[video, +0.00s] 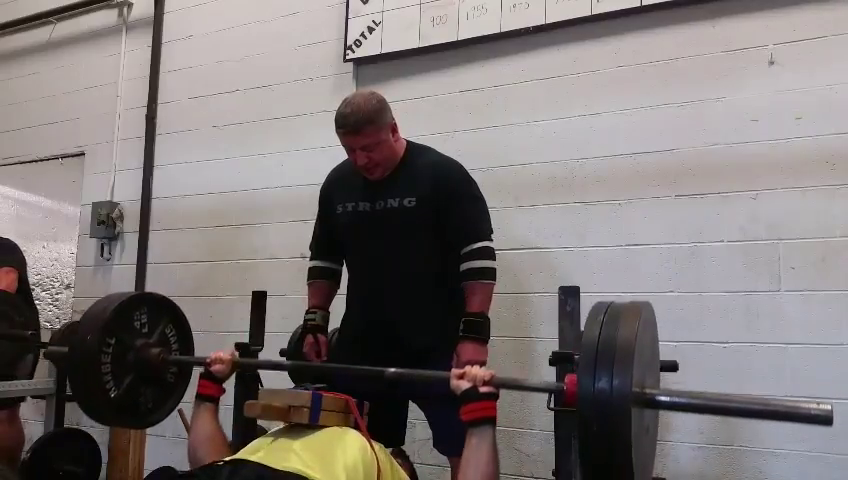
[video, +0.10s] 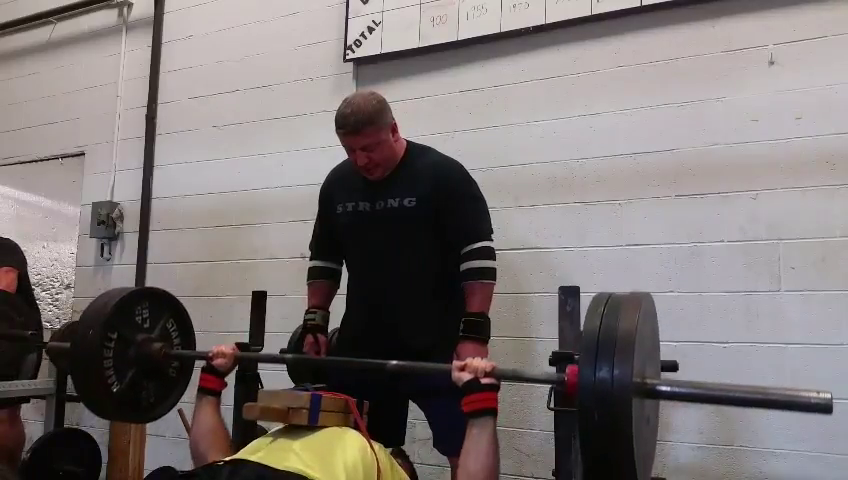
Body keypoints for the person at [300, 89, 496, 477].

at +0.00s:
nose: (361, 159)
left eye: (369, 148)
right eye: (351, 150)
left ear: (395, 131)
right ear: (342, 142)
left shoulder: (445, 177)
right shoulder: (338, 185)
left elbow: (478, 259)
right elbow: (325, 261)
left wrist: (474, 335)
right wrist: (315, 323)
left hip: (438, 339)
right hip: (365, 338)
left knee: (463, 450)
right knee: (367, 451)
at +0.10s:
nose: (361, 159)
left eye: (370, 148)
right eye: (351, 150)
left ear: (395, 132)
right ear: (342, 142)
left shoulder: (445, 177)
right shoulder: (338, 185)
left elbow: (478, 258)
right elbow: (325, 261)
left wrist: (474, 335)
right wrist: (315, 324)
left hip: (438, 340)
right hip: (365, 339)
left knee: (465, 452)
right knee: (368, 453)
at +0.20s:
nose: (360, 159)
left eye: (369, 148)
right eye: (351, 150)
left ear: (394, 132)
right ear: (342, 142)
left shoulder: (445, 177)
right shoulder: (338, 185)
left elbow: (479, 258)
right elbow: (324, 261)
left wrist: (474, 333)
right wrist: (314, 323)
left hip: (439, 341)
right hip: (365, 340)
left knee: (468, 453)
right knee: (366, 454)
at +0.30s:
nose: (361, 159)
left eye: (369, 149)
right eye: (352, 151)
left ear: (394, 131)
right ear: (342, 142)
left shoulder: (444, 177)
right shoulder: (339, 184)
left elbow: (478, 256)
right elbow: (324, 260)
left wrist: (474, 329)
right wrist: (313, 323)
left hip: (439, 342)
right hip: (364, 342)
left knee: (469, 455)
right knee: (365, 457)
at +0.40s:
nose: (361, 160)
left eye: (369, 149)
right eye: (352, 151)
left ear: (394, 131)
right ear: (342, 143)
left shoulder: (444, 176)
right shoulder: (338, 184)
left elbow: (478, 256)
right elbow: (324, 260)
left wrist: (474, 327)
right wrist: (313, 322)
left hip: (439, 343)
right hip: (364, 344)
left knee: (466, 457)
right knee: (365, 459)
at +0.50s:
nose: (360, 160)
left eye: (369, 149)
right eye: (351, 151)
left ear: (394, 132)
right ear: (341, 143)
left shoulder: (444, 176)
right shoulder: (338, 184)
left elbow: (478, 257)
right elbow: (324, 260)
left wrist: (472, 330)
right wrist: (314, 318)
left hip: (437, 344)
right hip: (365, 345)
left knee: (461, 456)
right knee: (368, 459)